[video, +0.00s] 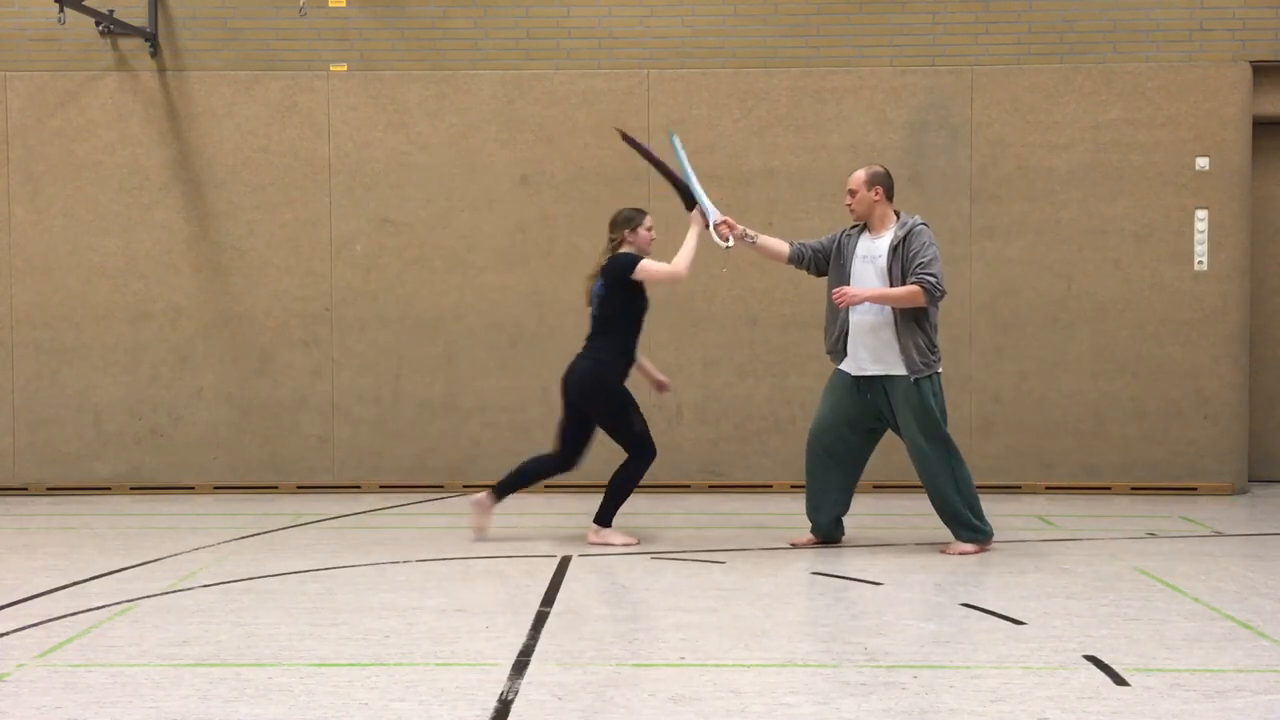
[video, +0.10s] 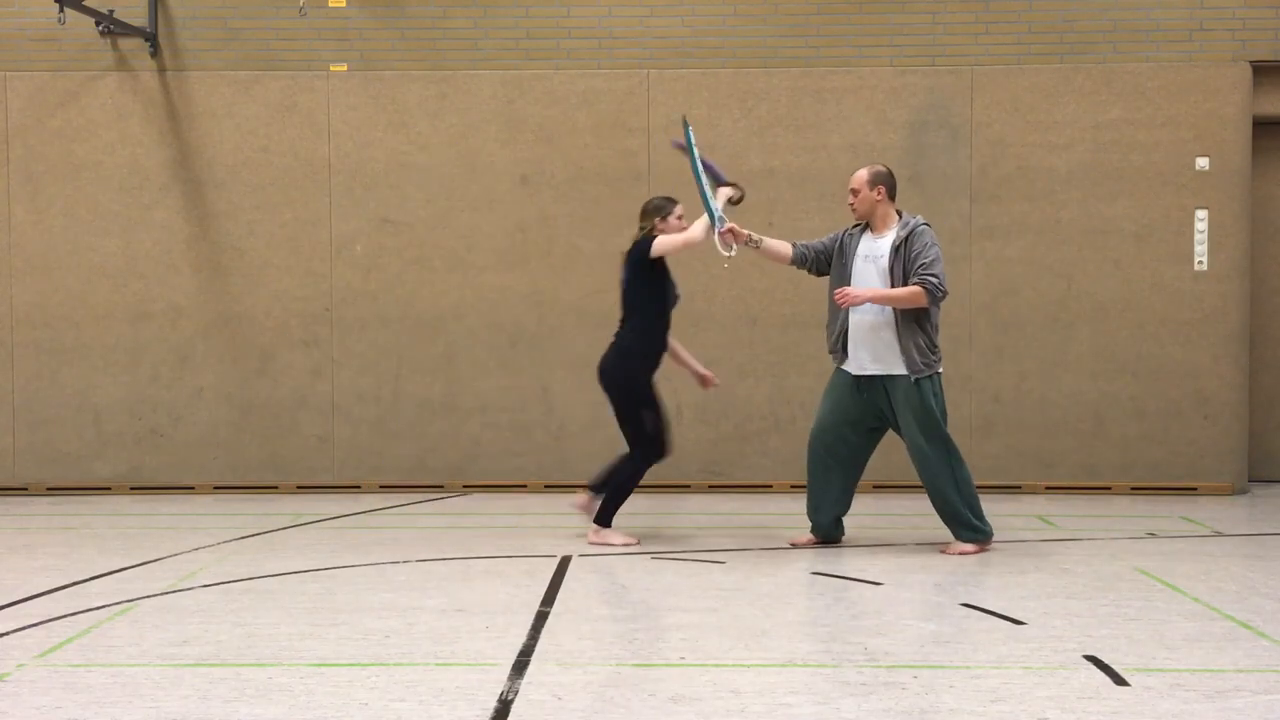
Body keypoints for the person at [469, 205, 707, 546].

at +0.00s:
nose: (653, 235)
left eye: (653, 230)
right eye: (648, 230)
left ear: (627, 236)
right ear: (629, 234)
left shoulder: (613, 269)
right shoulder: (624, 264)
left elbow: (614, 337)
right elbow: (677, 271)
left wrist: (651, 374)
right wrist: (696, 228)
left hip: (582, 378)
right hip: (600, 381)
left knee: (566, 458)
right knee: (643, 452)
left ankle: (489, 499)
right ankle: (601, 528)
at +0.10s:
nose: (684, 224)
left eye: (683, 218)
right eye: (678, 219)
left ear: (659, 224)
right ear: (658, 222)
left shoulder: (656, 264)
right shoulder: (643, 249)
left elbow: (659, 333)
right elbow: (694, 236)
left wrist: (696, 369)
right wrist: (719, 201)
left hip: (635, 368)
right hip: (624, 368)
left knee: (655, 446)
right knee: (646, 449)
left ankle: (591, 494)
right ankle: (601, 528)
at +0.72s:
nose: (813, 235)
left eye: (812, 230)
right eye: (805, 230)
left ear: (800, 238)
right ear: (785, 238)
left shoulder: (810, 282)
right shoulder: (767, 266)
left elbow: (804, 337)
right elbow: (771, 268)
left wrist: (812, 379)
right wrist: (819, 245)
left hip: (786, 382)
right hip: (750, 378)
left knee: (835, 435)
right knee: (709, 448)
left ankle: (807, 518)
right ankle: (653, 519)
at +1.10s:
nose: (803, 236)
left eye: (803, 230)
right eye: (795, 231)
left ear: (802, 234)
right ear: (775, 236)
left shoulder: (804, 281)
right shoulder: (759, 265)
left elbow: (799, 338)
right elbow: (768, 265)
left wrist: (806, 379)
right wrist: (814, 245)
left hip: (780, 380)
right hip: (745, 377)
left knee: (830, 436)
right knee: (710, 452)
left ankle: (807, 518)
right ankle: (655, 521)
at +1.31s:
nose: (763, 233)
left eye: (767, 228)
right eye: (757, 227)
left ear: (768, 231)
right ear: (744, 227)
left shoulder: (772, 270)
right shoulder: (727, 259)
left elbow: (775, 324)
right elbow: (712, 262)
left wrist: (782, 372)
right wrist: (757, 227)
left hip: (759, 371)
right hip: (721, 370)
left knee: (805, 440)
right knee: (700, 448)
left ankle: (804, 521)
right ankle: (662, 524)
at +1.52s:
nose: (707, 232)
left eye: (713, 226)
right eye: (701, 226)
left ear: (719, 226)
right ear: (688, 225)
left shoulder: (723, 264)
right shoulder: (668, 253)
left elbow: (732, 322)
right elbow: (630, 263)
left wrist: (747, 371)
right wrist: (661, 220)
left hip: (713, 361)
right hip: (673, 362)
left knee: (753, 435)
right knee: (672, 445)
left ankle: (794, 507)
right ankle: (660, 524)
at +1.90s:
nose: (605, 228)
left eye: (612, 222)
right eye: (603, 221)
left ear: (631, 219)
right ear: (600, 218)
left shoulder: (651, 252)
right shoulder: (592, 248)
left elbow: (667, 306)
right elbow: (577, 303)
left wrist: (674, 356)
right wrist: (540, 299)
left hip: (636, 350)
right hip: (601, 350)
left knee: (601, 428)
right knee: (629, 434)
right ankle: (653, 519)